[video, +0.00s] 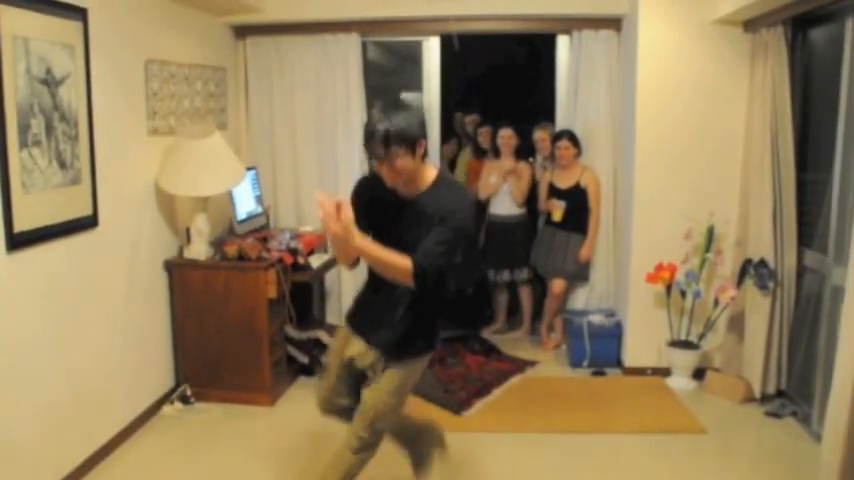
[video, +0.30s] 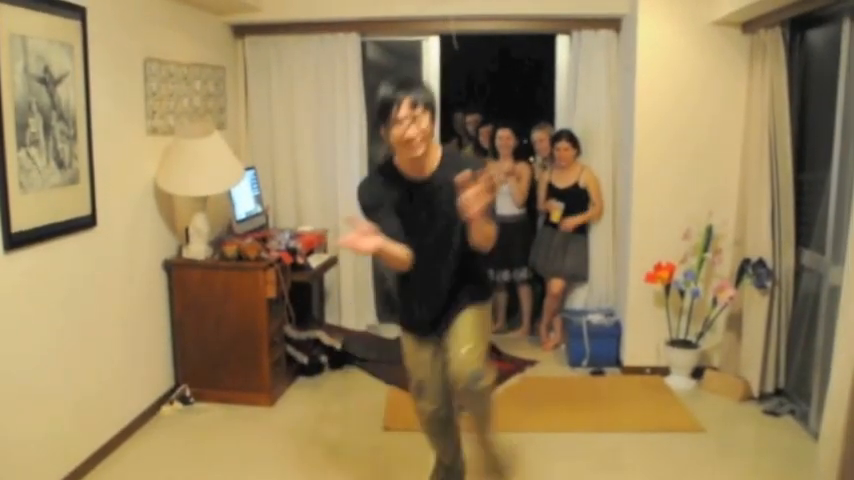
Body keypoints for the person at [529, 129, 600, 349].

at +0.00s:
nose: (562, 153)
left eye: (567, 148)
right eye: (558, 148)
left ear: (576, 150)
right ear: (554, 152)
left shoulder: (587, 176)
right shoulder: (548, 176)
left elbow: (594, 211)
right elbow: (540, 205)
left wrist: (589, 243)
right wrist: (549, 205)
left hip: (574, 235)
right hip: (552, 232)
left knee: (558, 286)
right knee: (554, 288)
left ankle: (545, 326)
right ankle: (559, 331)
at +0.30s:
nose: (561, 154)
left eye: (566, 149)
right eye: (558, 149)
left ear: (576, 151)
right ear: (552, 152)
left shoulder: (586, 175)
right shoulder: (547, 176)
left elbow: (597, 208)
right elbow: (540, 204)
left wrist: (576, 220)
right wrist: (548, 206)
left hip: (573, 233)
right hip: (550, 231)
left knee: (557, 287)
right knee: (552, 287)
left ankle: (544, 326)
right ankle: (557, 330)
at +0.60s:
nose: (565, 163)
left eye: (569, 158)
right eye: (561, 159)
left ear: (574, 156)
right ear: (553, 159)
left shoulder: (584, 175)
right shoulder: (546, 177)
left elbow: (595, 209)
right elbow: (538, 206)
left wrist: (571, 213)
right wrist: (551, 214)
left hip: (574, 233)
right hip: (550, 232)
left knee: (552, 280)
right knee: (554, 284)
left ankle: (542, 327)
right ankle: (557, 331)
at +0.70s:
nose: (565, 168)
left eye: (569, 163)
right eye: (561, 164)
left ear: (574, 159)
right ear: (553, 162)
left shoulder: (583, 177)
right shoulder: (545, 177)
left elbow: (592, 209)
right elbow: (536, 205)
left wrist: (572, 219)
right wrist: (543, 220)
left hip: (573, 231)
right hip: (549, 230)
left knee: (551, 279)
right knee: (553, 283)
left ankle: (542, 329)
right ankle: (556, 330)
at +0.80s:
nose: (566, 171)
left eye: (569, 166)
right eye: (561, 167)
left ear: (574, 162)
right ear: (553, 164)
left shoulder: (582, 179)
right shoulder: (545, 177)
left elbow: (591, 211)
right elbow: (532, 201)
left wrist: (564, 221)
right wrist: (545, 217)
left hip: (570, 229)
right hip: (547, 228)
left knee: (550, 280)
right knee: (553, 283)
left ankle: (544, 331)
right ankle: (556, 330)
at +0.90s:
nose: (564, 179)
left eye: (568, 175)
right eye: (560, 175)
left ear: (574, 169)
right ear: (551, 170)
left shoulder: (583, 183)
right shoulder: (541, 178)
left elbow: (589, 215)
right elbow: (530, 208)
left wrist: (572, 231)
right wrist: (546, 225)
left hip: (570, 232)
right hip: (544, 231)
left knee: (550, 282)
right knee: (546, 284)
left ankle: (549, 332)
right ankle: (552, 329)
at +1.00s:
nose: (567, 185)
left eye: (570, 180)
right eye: (563, 181)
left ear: (576, 175)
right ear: (553, 176)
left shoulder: (583, 187)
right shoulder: (541, 182)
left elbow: (587, 219)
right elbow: (529, 211)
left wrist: (575, 242)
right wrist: (544, 228)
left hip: (568, 234)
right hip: (542, 231)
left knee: (550, 283)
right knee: (543, 284)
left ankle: (549, 333)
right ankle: (551, 329)